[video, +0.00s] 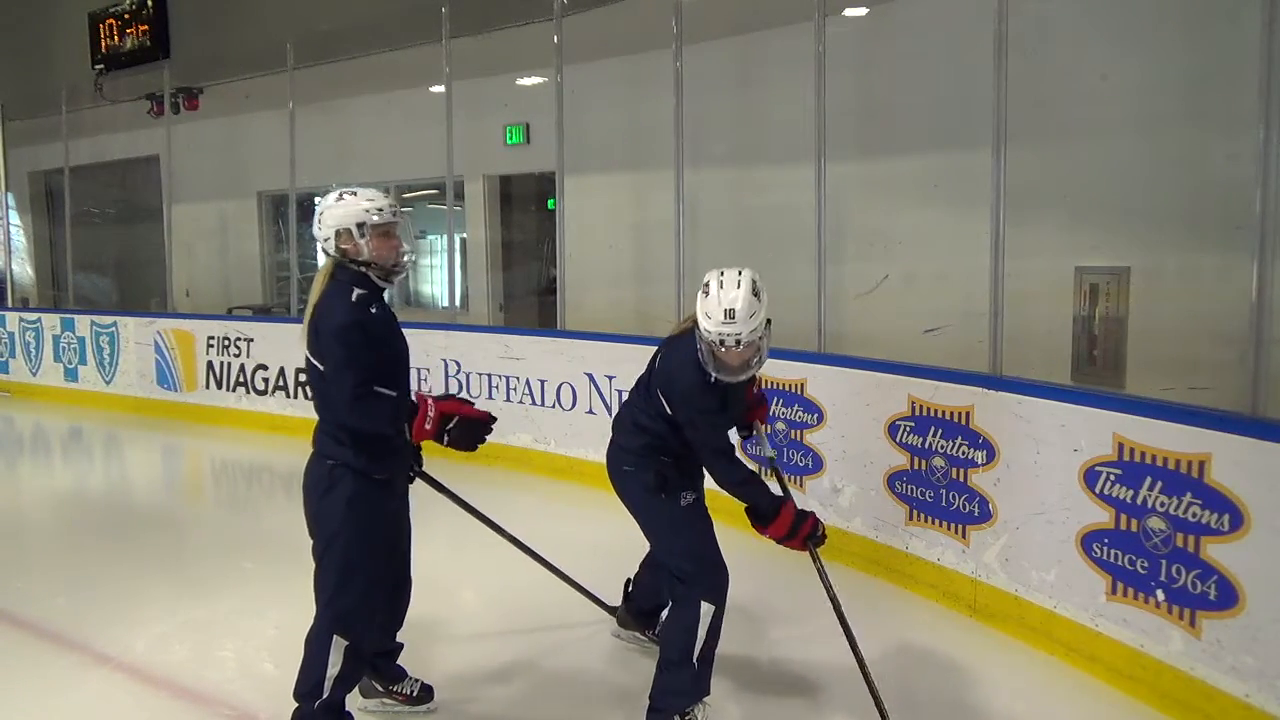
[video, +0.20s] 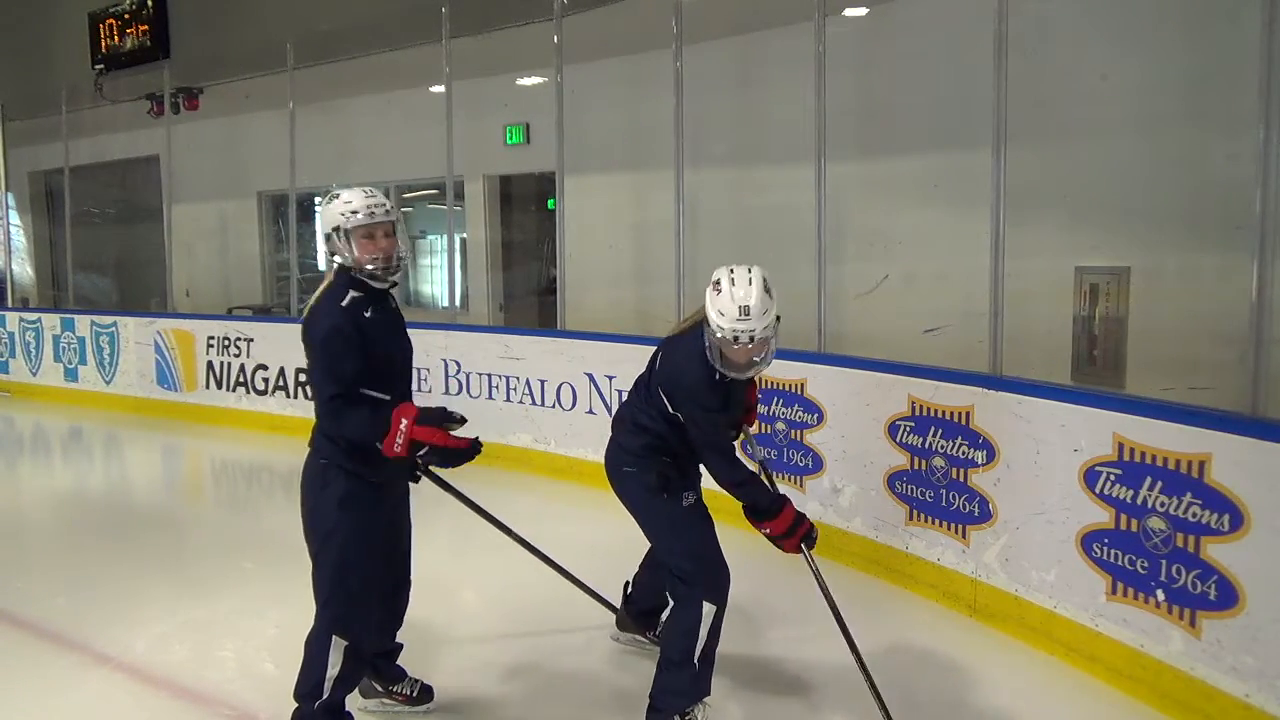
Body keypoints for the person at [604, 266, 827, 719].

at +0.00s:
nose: (734, 357)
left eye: (746, 345)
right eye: (721, 346)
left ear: (763, 334)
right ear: (704, 335)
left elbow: (738, 376)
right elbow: (721, 461)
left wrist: (748, 404)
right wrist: (781, 518)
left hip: (681, 459)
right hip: (642, 463)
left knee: (680, 542)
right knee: (704, 579)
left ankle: (638, 614)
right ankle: (672, 708)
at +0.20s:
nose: (745, 354)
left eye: (756, 342)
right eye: (733, 343)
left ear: (770, 331)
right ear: (712, 331)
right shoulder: (691, 370)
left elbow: (737, 374)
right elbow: (721, 461)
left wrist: (742, 401)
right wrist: (776, 514)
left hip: (677, 458)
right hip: (641, 462)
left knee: (679, 540)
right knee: (704, 579)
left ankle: (637, 616)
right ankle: (672, 708)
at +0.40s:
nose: (789, 329)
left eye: (795, 317)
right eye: (780, 317)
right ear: (749, 304)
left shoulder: (722, 317)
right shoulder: (719, 348)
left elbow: (722, 429)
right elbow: (723, 442)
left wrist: (746, 491)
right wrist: (759, 504)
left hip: (643, 451)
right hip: (640, 459)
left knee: (673, 539)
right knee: (700, 578)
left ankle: (643, 626)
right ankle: (676, 708)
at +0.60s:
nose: (798, 326)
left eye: (802, 317)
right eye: (795, 315)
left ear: (761, 299)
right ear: (767, 303)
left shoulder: (719, 313)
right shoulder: (737, 346)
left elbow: (652, 345)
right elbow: (729, 437)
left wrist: (675, 416)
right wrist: (748, 507)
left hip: (615, 445)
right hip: (640, 459)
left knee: (665, 534)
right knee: (700, 581)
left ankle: (638, 626)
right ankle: (678, 708)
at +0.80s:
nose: (795, 328)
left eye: (801, 319)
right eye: (792, 317)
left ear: (758, 300)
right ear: (766, 304)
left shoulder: (718, 315)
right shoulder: (739, 346)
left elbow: (651, 351)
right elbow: (731, 437)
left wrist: (666, 445)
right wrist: (747, 508)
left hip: (611, 445)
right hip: (638, 459)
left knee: (658, 534)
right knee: (699, 579)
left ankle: (636, 625)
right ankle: (684, 708)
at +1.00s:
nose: (797, 340)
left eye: (804, 330)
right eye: (792, 327)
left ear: (756, 309)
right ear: (764, 313)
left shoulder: (724, 328)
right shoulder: (740, 355)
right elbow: (730, 443)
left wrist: (669, 470)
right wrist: (744, 514)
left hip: (611, 445)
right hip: (635, 457)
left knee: (656, 534)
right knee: (697, 580)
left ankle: (638, 626)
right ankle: (692, 707)